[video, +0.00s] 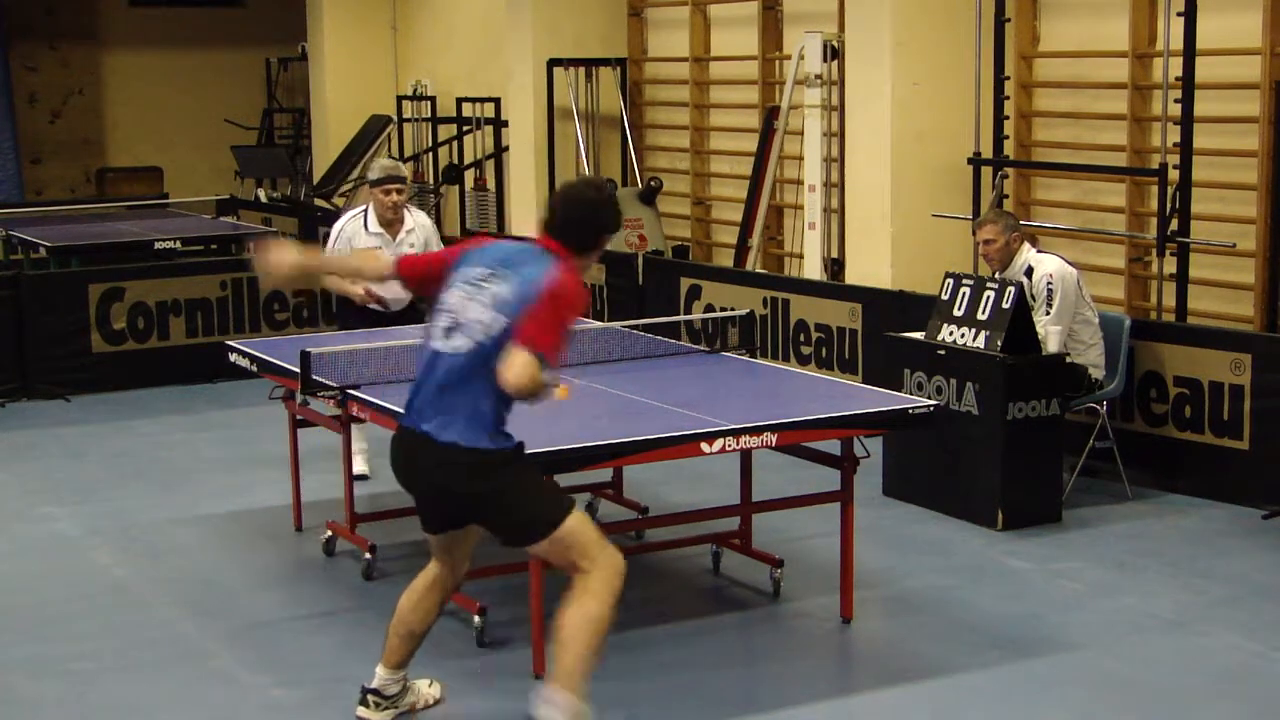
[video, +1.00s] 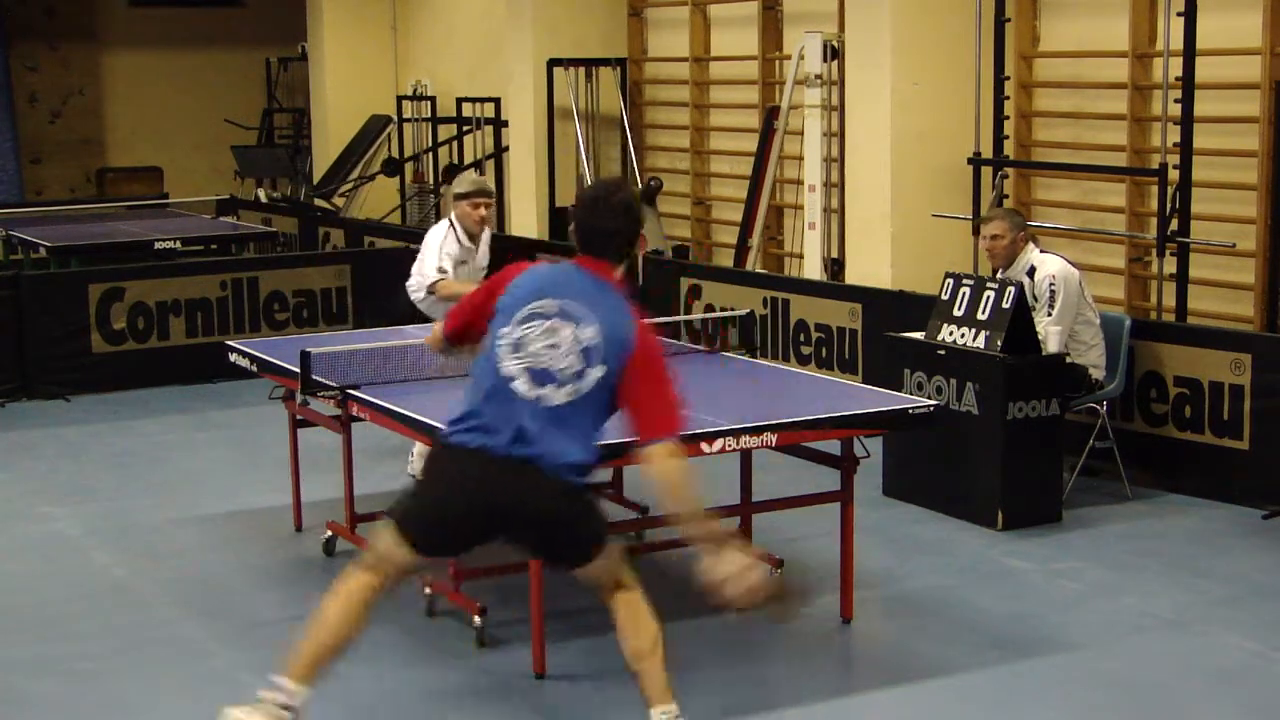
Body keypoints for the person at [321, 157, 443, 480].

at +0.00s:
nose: (394, 199)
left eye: (400, 192)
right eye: (386, 193)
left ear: (408, 192)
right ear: (371, 193)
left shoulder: (423, 224)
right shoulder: (348, 226)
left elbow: (440, 269)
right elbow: (324, 274)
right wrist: (351, 289)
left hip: (408, 308)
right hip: (362, 311)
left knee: (416, 377)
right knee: (355, 379)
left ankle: (423, 449)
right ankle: (358, 451)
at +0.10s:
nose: (400, 198)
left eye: (406, 191)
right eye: (392, 192)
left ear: (415, 191)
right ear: (377, 192)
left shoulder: (428, 223)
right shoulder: (358, 221)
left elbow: (446, 267)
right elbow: (332, 274)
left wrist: (456, 314)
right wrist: (360, 289)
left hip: (414, 311)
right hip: (368, 312)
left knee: (425, 378)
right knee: (359, 378)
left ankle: (440, 449)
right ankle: (358, 448)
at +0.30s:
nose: (427, 196)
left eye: (432, 190)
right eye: (419, 190)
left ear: (439, 191)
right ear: (402, 192)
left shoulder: (449, 223)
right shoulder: (379, 226)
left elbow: (476, 260)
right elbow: (352, 274)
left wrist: (490, 301)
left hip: (429, 309)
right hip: (381, 308)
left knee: (442, 377)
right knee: (367, 377)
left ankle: (461, 444)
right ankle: (362, 450)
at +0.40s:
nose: (444, 199)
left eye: (449, 193)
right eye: (436, 192)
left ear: (456, 194)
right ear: (418, 192)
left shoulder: (459, 227)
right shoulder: (397, 224)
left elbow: (488, 269)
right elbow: (370, 271)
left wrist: (515, 297)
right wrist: (408, 279)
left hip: (432, 309)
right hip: (390, 307)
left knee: (445, 371)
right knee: (391, 371)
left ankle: (468, 443)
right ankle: (382, 440)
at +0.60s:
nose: (470, 211)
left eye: (475, 204)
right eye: (463, 203)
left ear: (479, 205)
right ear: (444, 203)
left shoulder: (468, 235)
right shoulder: (425, 229)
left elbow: (487, 274)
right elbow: (415, 277)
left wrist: (518, 301)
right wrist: (463, 273)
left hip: (433, 314)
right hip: (397, 312)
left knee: (436, 378)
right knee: (419, 380)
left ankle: (426, 446)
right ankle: (420, 447)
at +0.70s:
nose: (482, 221)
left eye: (485, 215)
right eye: (475, 213)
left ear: (486, 215)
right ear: (452, 212)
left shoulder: (469, 244)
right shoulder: (438, 238)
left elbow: (479, 285)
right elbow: (439, 281)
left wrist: (507, 308)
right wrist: (495, 283)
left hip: (432, 320)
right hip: (396, 318)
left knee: (437, 380)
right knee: (428, 382)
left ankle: (425, 449)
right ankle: (422, 450)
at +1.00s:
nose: (483, 214)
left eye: (487, 207)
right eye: (475, 206)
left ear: (492, 207)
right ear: (456, 206)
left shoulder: (485, 233)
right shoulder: (441, 235)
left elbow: (476, 275)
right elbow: (438, 286)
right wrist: (487, 289)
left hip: (463, 309)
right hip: (433, 312)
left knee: (463, 386)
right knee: (440, 388)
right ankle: (422, 457)